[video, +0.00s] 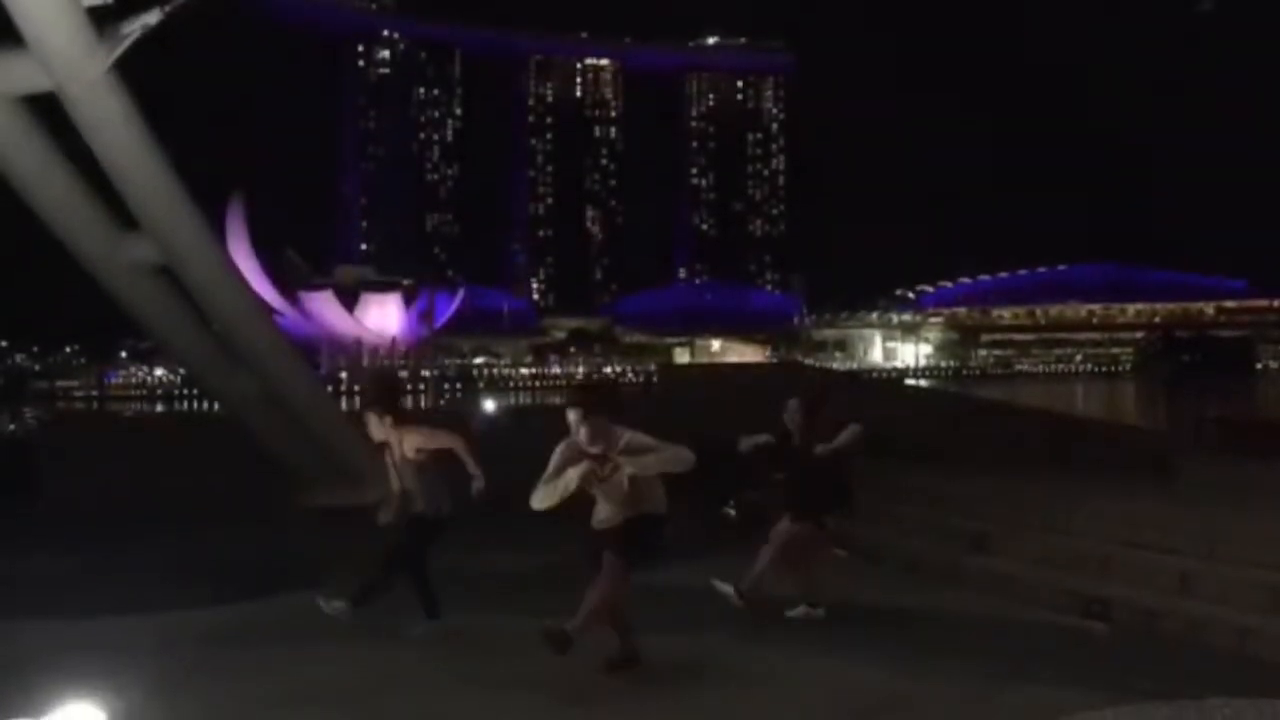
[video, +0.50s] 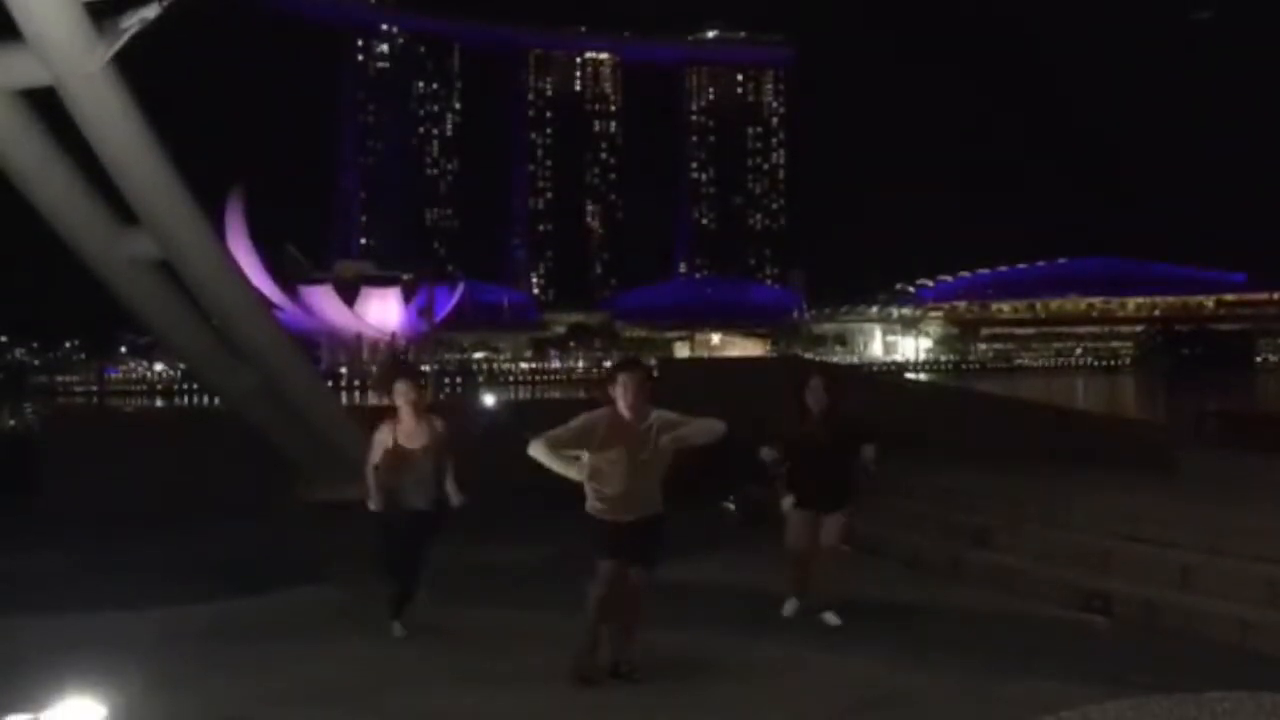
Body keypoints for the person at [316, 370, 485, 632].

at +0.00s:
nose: (369, 430)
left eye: (371, 423)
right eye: (368, 423)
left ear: (387, 422)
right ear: (383, 423)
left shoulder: (412, 439)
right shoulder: (391, 447)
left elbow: (455, 441)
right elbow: (397, 485)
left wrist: (476, 475)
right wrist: (390, 509)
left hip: (433, 509)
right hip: (414, 509)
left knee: (394, 556)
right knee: (414, 561)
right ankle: (432, 615)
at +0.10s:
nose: (368, 430)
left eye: (371, 424)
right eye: (367, 425)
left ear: (388, 422)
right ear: (385, 424)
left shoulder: (410, 437)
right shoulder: (391, 448)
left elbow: (454, 435)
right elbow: (392, 482)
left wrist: (486, 459)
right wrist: (383, 492)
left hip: (431, 507)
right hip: (411, 508)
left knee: (392, 549)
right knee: (414, 559)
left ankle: (371, 603)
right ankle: (433, 613)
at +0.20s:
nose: (376, 412)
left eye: (380, 406)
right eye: (372, 407)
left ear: (393, 405)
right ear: (370, 410)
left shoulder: (412, 423)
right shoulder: (385, 435)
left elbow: (456, 415)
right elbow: (379, 460)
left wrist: (485, 444)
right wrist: (376, 471)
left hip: (433, 497)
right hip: (409, 499)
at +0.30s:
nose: (386, 396)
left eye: (390, 389)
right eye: (381, 390)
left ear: (401, 392)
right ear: (376, 396)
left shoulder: (418, 413)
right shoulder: (380, 421)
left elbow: (460, 412)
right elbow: (375, 448)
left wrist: (468, 454)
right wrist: (380, 464)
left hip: (431, 488)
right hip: (407, 490)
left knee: (405, 544)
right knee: (415, 548)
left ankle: (408, 603)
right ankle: (434, 605)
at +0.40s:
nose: (392, 392)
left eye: (397, 386)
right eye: (388, 387)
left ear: (408, 388)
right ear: (383, 391)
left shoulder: (427, 413)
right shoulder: (381, 420)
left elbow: (456, 440)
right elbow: (378, 454)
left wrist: (452, 479)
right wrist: (384, 484)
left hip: (428, 495)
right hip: (399, 495)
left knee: (417, 551)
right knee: (397, 553)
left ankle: (419, 604)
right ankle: (397, 611)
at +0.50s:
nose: (405, 399)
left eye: (409, 392)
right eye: (400, 393)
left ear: (419, 394)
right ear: (393, 398)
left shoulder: (435, 426)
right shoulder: (387, 432)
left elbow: (445, 458)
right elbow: (371, 465)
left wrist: (451, 488)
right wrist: (374, 494)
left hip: (427, 506)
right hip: (396, 506)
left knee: (415, 562)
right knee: (395, 559)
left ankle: (397, 616)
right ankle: (397, 605)